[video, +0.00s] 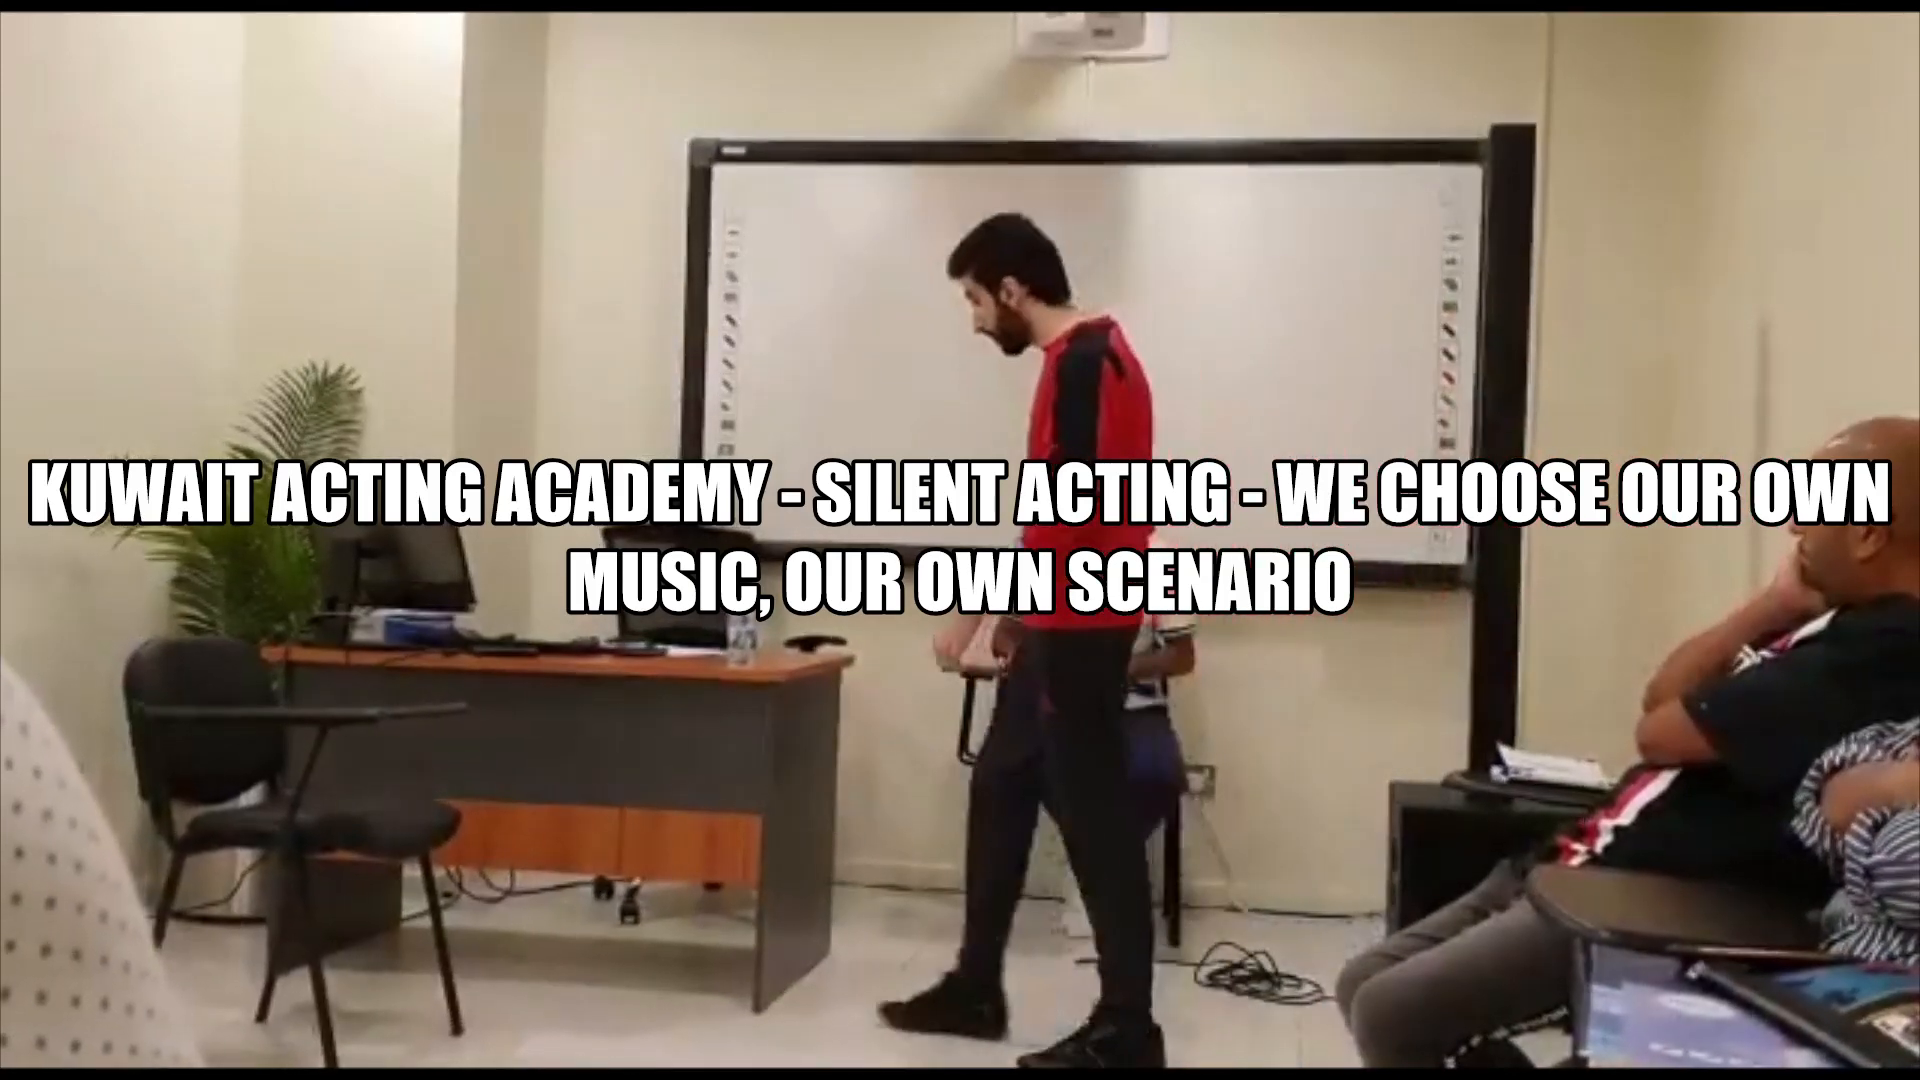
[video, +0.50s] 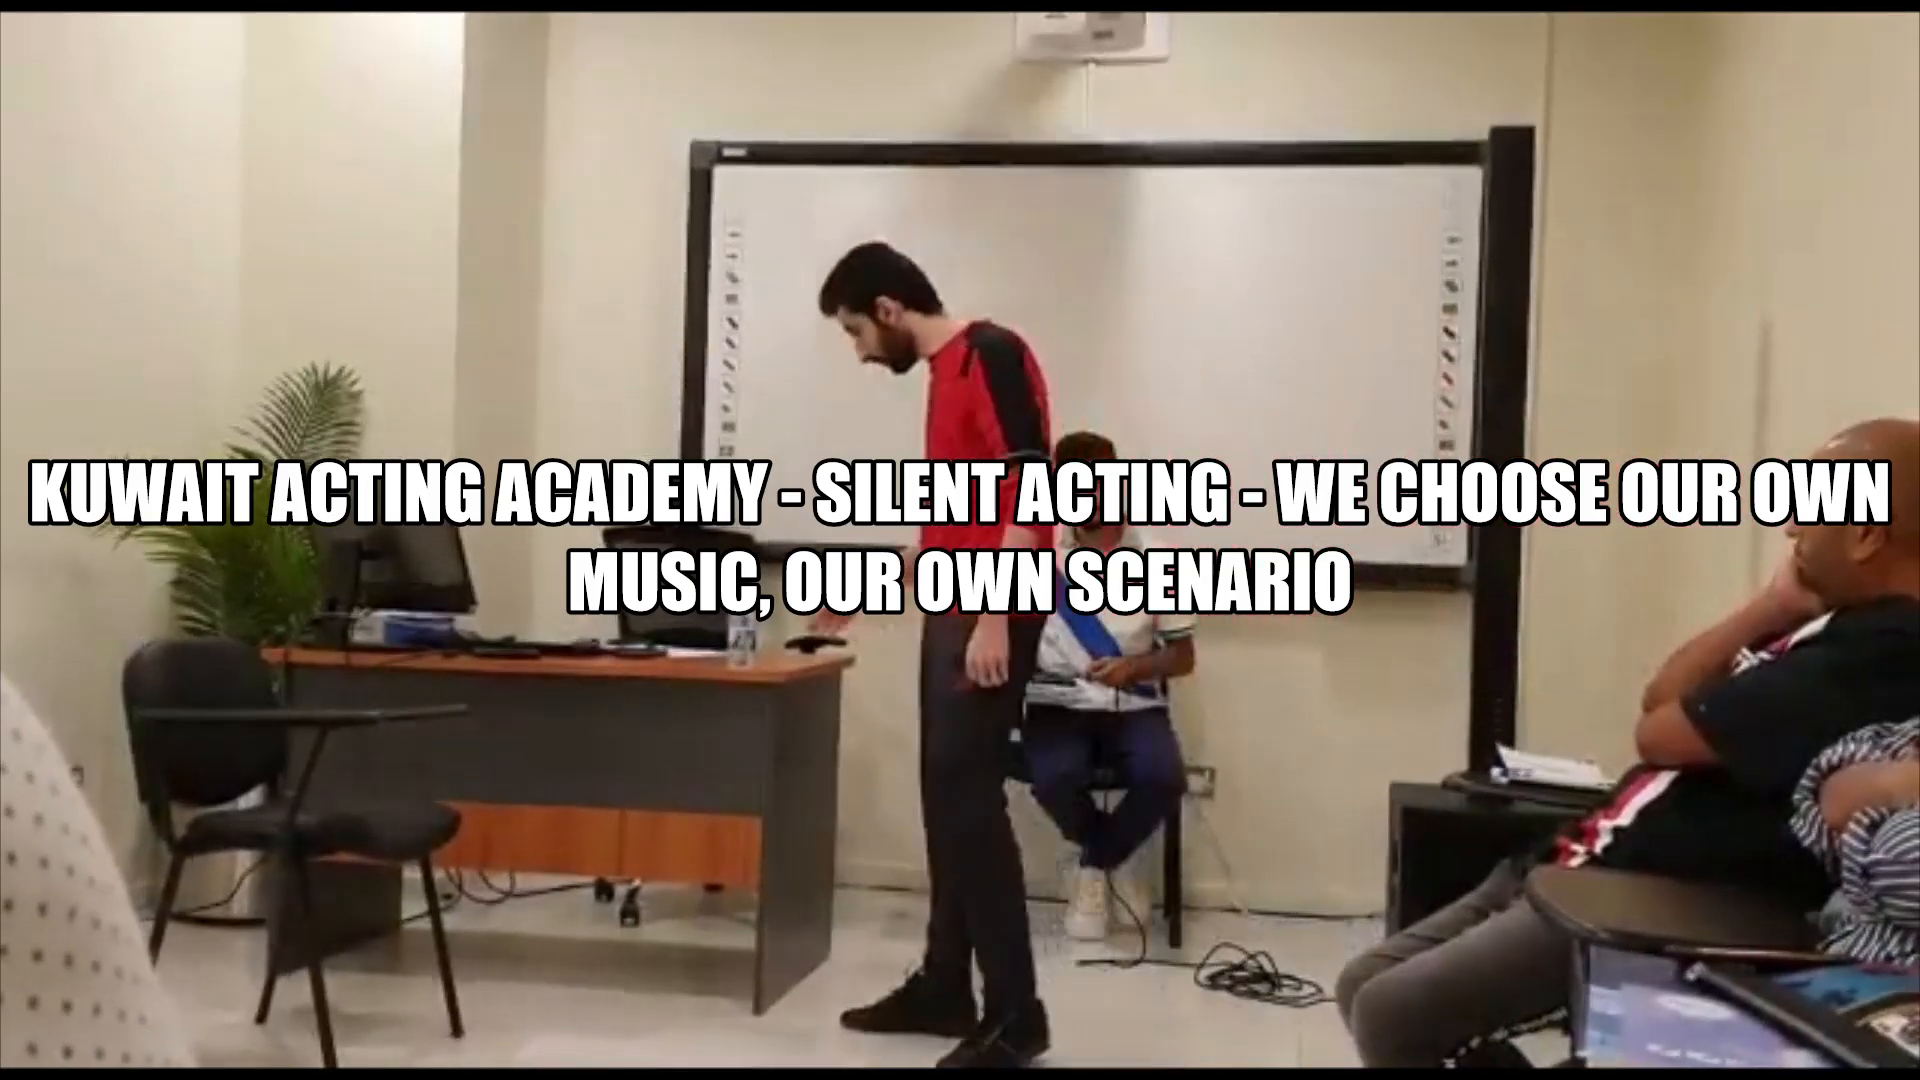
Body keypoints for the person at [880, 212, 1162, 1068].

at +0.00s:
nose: (975, 320)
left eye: (976, 300)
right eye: (970, 303)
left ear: (1014, 286)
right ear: (1026, 286)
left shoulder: (1085, 362)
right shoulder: (1076, 359)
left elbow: (1076, 517)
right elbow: (1052, 516)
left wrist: (1000, 618)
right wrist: (1000, 612)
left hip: (1086, 633)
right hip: (1051, 631)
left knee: (1097, 819)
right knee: (998, 788)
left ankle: (1125, 1024)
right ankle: (974, 985)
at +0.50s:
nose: (858, 350)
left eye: (855, 330)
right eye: (850, 334)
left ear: (890, 308)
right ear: (895, 310)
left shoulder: (992, 353)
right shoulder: (944, 376)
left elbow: (1037, 489)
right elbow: (957, 503)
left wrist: (998, 615)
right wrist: (922, 564)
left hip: (988, 617)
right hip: (950, 615)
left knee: (971, 804)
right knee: (945, 801)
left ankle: (1014, 1014)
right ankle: (943, 986)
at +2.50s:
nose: (957, 340)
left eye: (964, 320)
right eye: (943, 327)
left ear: (1007, 289)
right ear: (937, 318)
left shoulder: (1093, 375)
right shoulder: (980, 375)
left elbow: (1133, 515)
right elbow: (988, 479)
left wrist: (1002, 520)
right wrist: (942, 514)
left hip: (1049, 634)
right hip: (969, 625)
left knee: (1047, 828)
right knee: (946, 802)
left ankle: (1046, 1025)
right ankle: (948, 993)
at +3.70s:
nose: (1003, 311)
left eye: (1016, 291)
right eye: (1000, 293)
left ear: (1074, 286)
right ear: (1058, 293)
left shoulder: (1155, 377)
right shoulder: (1064, 384)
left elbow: (1194, 522)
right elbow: (1058, 498)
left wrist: (1060, 562)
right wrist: (990, 536)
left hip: (1110, 648)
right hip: (1036, 638)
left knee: (1108, 837)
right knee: (993, 809)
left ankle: (1178, 1039)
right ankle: (965, 997)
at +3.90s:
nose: (1056, 290)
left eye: (1068, 270)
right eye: (1054, 272)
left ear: (1127, 268)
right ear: (1117, 273)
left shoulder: (1202, 362)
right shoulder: (1125, 366)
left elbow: (1221, 516)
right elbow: (1106, 496)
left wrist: (1091, 551)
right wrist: (1029, 525)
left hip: (1163, 635)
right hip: (1100, 629)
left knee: (1147, 838)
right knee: (1061, 809)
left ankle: (1180, 1040)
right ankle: (1044, 1006)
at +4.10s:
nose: (1107, 285)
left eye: (1120, 265)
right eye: (1106, 267)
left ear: (1179, 263)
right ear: (1171, 269)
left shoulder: (1246, 358)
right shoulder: (1186, 356)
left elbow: (1229, 524)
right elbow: (1148, 498)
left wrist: (1102, 604)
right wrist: (1056, 574)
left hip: (1201, 627)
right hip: (1161, 621)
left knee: (1176, 831)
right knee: (1149, 826)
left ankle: (1197, 1037)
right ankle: (1185, 1020)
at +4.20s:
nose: (1137, 287)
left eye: (1149, 266)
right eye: (1134, 268)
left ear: (1206, 261)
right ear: (1200, 266)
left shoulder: (1268, 357)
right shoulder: (1212, 359)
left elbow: (1241, 521)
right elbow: (1180, 519)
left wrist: (1143, 647)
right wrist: (1106, 602)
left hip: (1226, 636)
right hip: (1192, 632)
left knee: (1192, 835)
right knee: (1211, 827)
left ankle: (1184, 1040)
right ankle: (1286, 1020)